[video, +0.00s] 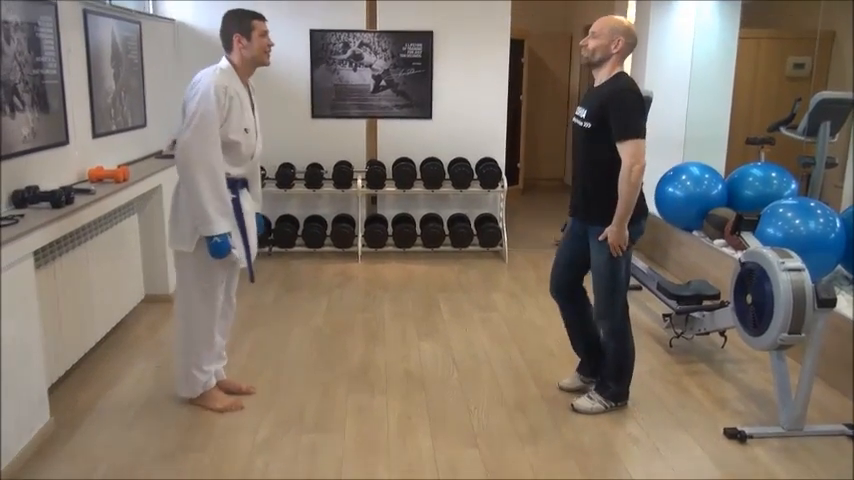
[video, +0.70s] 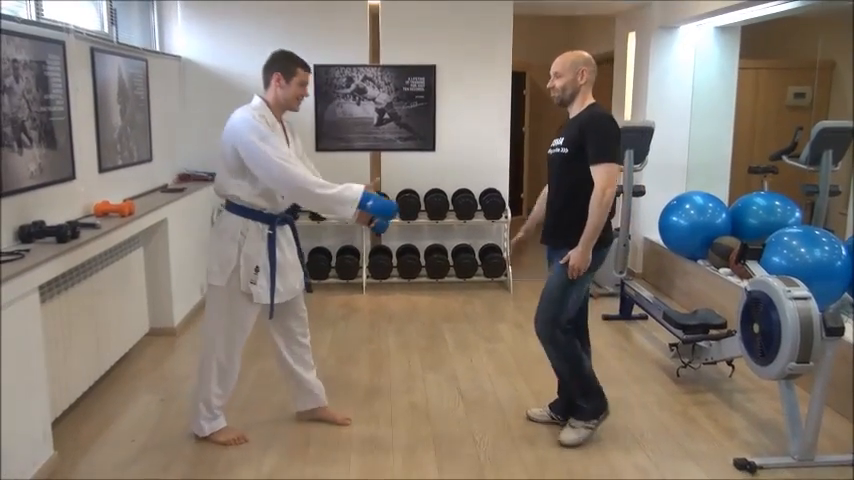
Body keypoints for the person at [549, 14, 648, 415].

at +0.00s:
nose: (584, 42)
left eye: (592, 36)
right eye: (586, 35)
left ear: (616, 45)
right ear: (611, 46)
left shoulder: (622, 93)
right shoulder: (595, 90)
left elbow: (635, 163)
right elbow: (592, 160)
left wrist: (619, 224)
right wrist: (577, 214)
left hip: (610, 222)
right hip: (583, 216)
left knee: (609, 310)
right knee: (563, 285)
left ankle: (615, 391)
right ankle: (593, 366)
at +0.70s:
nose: (550, 83)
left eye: (557, 76)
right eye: (550, 77)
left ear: (583, 75)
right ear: (576, 77)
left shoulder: (597, 120)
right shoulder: (569, 125)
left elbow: (606, 187)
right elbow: (554, 187)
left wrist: (584, 247)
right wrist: (529, 227)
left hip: (582, 247)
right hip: (560, 243)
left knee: (549, 323)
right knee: (572, 327)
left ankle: (591, 407)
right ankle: (567, 406)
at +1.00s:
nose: (521, 87)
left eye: (527, 80)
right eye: (521, 80)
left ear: (553, 81)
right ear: (548, 82)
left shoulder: (574, 123)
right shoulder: (544, 123)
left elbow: (531, 183)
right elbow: (504, 166)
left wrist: (470, 204)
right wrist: (456, 186)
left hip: (580, 243)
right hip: (563, 241)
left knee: (549, 334)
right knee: (569, 325)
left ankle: (535, 424)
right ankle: (573, 406)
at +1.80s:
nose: (479, 67)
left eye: (485, 60)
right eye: (480, 60)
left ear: (508, 61)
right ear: (511, 61)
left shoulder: (526, 105)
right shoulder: (530, 99)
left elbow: (480, 169)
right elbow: (478, 152)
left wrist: (430, 173)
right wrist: (429, 164)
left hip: (560, 218)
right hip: (572, 212)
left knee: (541, 309)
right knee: (568, 297)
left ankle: (537, 396)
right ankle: (583, 378)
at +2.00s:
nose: (510, 42)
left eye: (517, 35)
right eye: (512, 34)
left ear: (539, 42)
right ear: (539, 42)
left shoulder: (548, 90)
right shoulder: (537, 86)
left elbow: (491, 146)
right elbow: (488, 133)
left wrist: (437, 158)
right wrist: (436, 150)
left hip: (562, 211)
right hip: (566, 207)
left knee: (550, 304)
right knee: (572, 292)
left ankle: (540, 392)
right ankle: (589, 375)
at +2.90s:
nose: (527, 57)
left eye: (533, 51)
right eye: (528, 50)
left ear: (557, 54)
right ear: (562, 56)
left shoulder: (543, 94)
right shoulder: (591, 96)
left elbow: (515, 145)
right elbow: (608, 151)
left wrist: (490, 192)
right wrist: (573, 156)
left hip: (552, 224)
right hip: (585, 220)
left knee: (524, 313)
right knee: (583, 305)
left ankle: (516, 405)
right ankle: (596, 389)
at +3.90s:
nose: (546, 66)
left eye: (551, 59)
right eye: (545, 59)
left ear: (576, 57)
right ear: (581, 57)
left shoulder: (567, 93)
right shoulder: (611, 94)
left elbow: (555, 153)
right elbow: (600, 148)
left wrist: (520, 149)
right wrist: (551, 122)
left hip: (572, 217)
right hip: (607, 216)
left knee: (538, 299)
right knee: (603, 303)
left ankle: (558, 400)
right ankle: (620, 394)